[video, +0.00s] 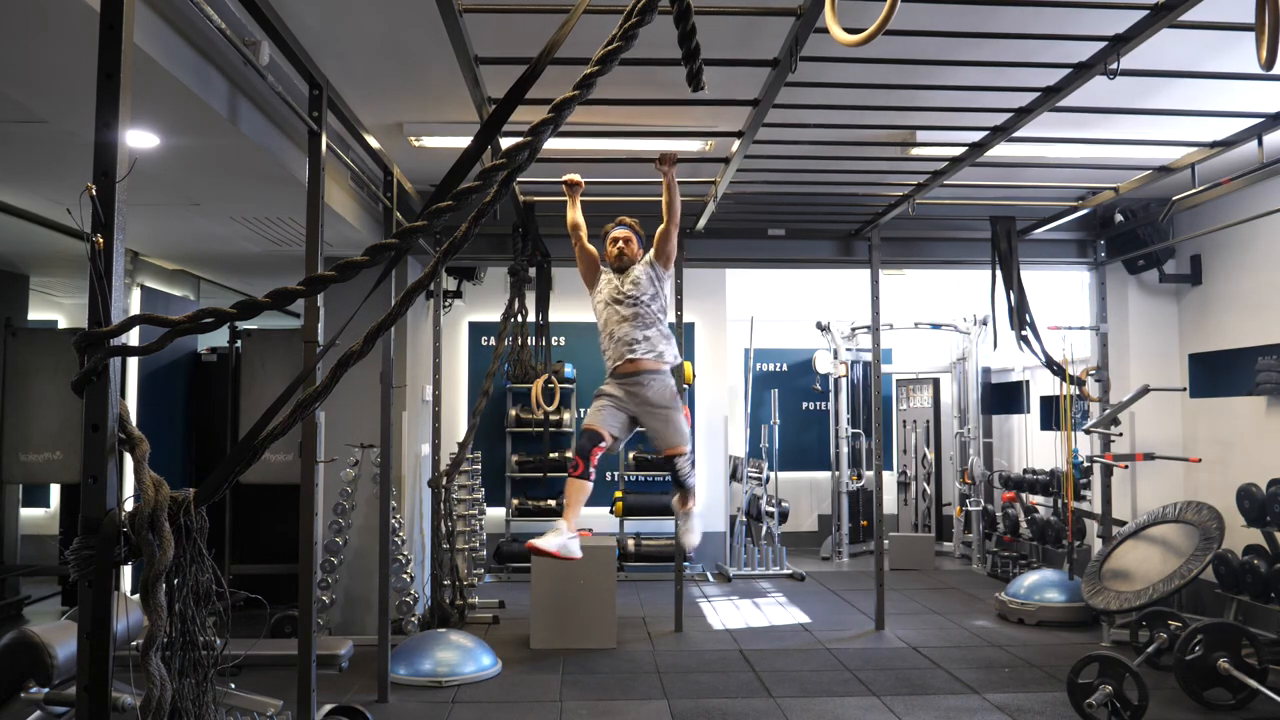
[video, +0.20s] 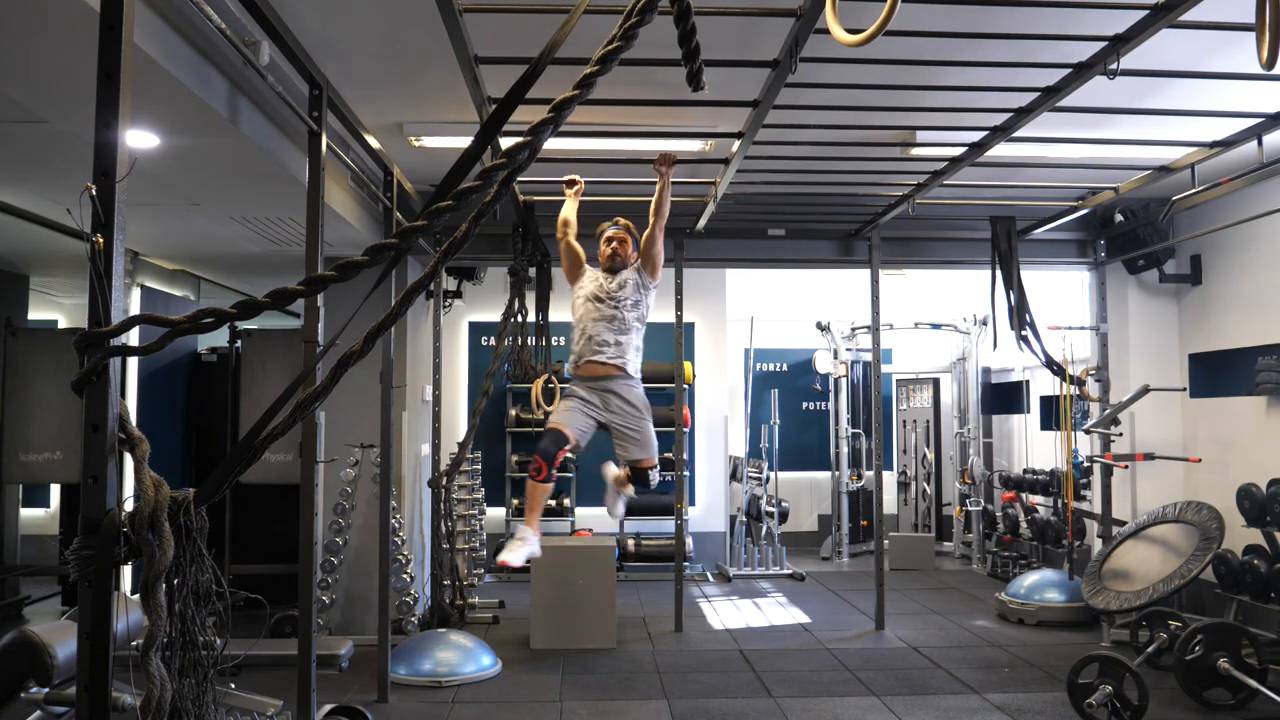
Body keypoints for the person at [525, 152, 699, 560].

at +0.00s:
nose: (620, 243)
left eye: (627, 239)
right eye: (613, 240)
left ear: (640, 248)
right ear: (605, 252)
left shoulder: (655, 270)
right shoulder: (599, 283)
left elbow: (671, 225)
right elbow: (578, 236)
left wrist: (670, 177)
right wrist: (573, 196)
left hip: (659, 384)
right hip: (617, 385)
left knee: (681, 471)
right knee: (586, 449)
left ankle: (687, 515)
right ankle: (567, 532)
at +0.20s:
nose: (615, 244)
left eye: (622, 241)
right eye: (608, 240)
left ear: (634, 252)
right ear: (598, 249)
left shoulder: (642, 278)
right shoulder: (582, 279)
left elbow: (656, 226)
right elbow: (565, 235)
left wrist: (664, 178)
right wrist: (571, 194)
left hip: (625, 389)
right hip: (580, 387)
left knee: (647, 475)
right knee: (546, 451)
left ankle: (618, 481)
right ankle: (529, 533)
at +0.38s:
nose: (605, 230)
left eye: (613, 228)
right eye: (598, 227)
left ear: (623, 243)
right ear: (587, 239)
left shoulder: (629, 272)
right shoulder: (566, 263)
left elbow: (650, 224)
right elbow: (543, 219)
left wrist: (662, 177)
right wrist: (581, 185)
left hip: (609, 384)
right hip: (561, 382)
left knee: (645, 466)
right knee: (531, 469)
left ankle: (610, 456)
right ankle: (518, 525)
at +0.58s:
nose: (607, 222)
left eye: (615, 219)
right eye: (601, 217)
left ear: (625, 233)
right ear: (587, 228)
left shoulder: (627, 265)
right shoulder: (569, 254)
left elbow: (650, 220)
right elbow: (562, 201)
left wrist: (662, 178)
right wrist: (574, 147)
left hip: (614, 383)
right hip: (567, 384)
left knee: (662, 456)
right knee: (564, 481)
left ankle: (650, 499)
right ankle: (572, 533)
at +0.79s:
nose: (620, 228)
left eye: (627, 225)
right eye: (613, 224)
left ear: (637, 236)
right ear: (600, 235)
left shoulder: (646, 265)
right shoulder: (590, 268)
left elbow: (661, 222)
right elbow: (584, 210)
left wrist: (665, 182)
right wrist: (580, 155)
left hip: (653, 391)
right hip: (609, 397)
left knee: (698, 467)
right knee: (605, 489)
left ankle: (710, 534)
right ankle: (601, 525)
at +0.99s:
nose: (640, 222)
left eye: (647, 217)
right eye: (631, 219)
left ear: (660, 228)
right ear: (620, 232)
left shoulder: (683, 260)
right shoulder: (614, 265)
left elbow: (715, 218)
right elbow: (595, 209)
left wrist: (681, 189)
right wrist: (583, 154)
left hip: (690, 383)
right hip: (638, 387)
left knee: (746, 448)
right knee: (604, 476)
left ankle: (758, 480)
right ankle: (605, 528)